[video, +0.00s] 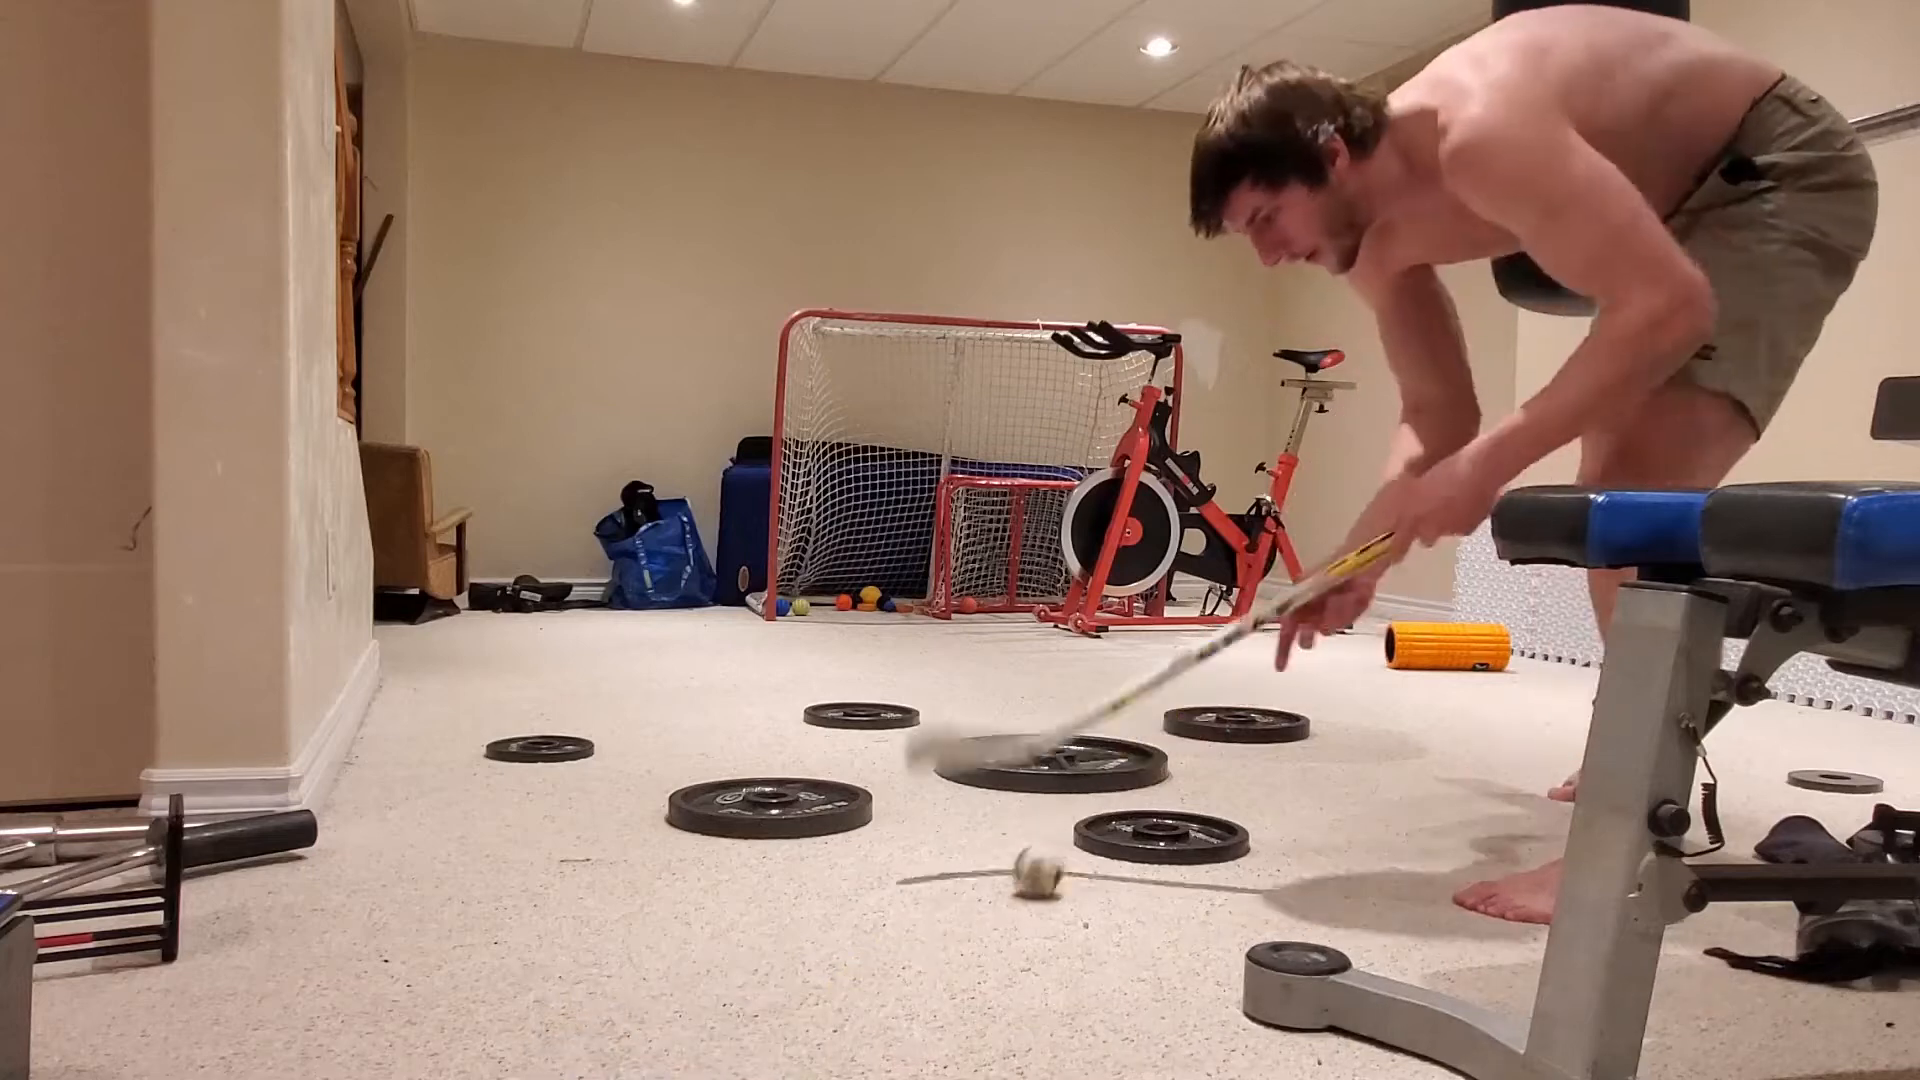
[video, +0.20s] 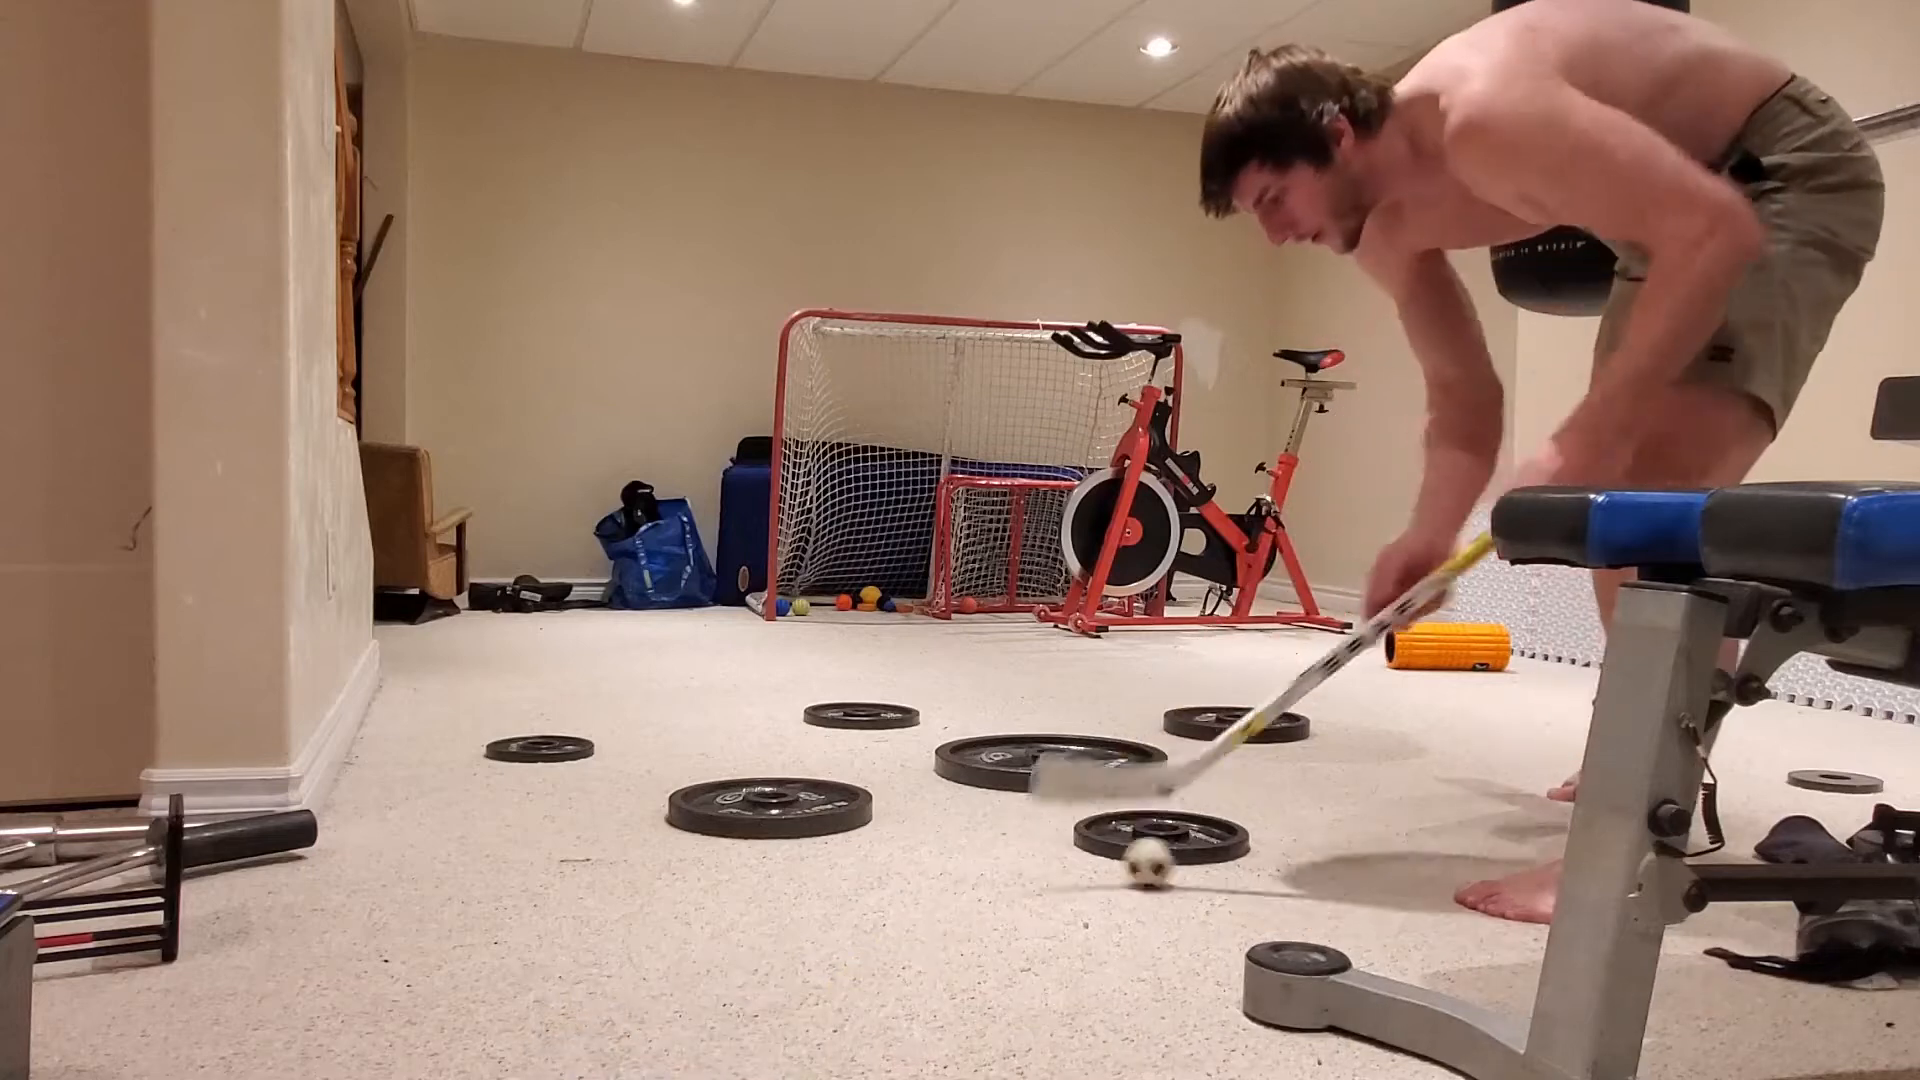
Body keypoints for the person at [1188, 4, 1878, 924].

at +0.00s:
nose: (1268, 255)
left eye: (1266, 220)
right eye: (1249, 239)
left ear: (1327, 153)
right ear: (1328, 162)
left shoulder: (1485, 135)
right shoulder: (1375, 240)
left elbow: (1667, 306)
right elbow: (1434, 415)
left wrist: (1486, 466)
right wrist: (1359, 561)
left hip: (1775, 167)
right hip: (1666, 210)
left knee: (1638, 504)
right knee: (1610, 495)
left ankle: (1626, 845)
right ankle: (1643, 752)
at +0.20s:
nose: (1274, 235)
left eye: (1273, 199)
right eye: (1255, 218)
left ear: (1335, 134)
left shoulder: (1487, 117)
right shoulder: (1383, 228)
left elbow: (1714, 231)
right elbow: (1461, 394)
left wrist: (1583, 442)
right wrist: (1430, 535)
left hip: (1789, 166)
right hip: (1661, 212)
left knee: (1642, 512)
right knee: (1598, 498)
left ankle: (1631, 847)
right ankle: (1652, 754)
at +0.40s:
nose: (1281, 250)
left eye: (1275, 214)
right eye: (1263, 237)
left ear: (1329, 149)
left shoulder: (1478, 118)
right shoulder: (1394, 255)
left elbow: (1729, 157)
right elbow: (1518, 390)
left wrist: (1648, 374)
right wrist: (1542, 512)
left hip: (1788, 172)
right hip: (1675, 233)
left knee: (1685, 484)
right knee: (1642, 483)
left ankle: (1643, 833)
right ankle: (1662, 761)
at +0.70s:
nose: (1297, 303)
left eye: (1282, 278)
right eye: (1278, 292)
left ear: (1314, 222)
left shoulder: (1422, 178)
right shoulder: (1448, 286)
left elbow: (1623, 242)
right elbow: (1578, 407)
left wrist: (1594, 429)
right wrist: (1565, 571)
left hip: (1784, 187)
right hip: (1713, 234)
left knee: (1690, 500)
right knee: (1662, 495)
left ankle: (1639, 843)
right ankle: (1673, 786)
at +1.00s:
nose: (1345, 380)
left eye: (1326, 361)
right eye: (1326, 372)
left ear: (1345, 311)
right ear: (1353, 312)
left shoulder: (1419, 257)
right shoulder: (1482, 345)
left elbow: (1544, 359)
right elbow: (1528, 490)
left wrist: (1515, 534)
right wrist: (1441, 616)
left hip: (1777, 219)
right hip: (1749, 236)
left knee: (1635, 521)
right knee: (1642, 515)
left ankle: (1632, 841)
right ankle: (1677, 771)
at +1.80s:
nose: (1242, 321)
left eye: (1231, 295)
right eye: (1226, 308)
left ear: (1277, 243)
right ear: (1279, 250)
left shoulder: (1376, 194)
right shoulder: (1385, 307)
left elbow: (1510, 316)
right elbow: (1414, 481)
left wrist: (1409, 499)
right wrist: (1320, 612)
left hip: (1741, 195)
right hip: (1694, 229)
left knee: (1582, 494)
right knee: (1653, 512)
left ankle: (1594, 836)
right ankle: (1673, 777)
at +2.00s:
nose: (1217, 300)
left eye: (1213, 270)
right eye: (1201, 284)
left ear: (1268, 219)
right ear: (1266, 226)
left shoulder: (1394, 193)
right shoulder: (1338, 290)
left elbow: (1575, 321)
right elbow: (1345, 463)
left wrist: (1429, 476)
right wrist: (1233, 577)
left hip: (1740, 193)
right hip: (1657, 238)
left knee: (1578, 496)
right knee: (1628, 508)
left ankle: (1595, 835)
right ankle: (1670, 760)